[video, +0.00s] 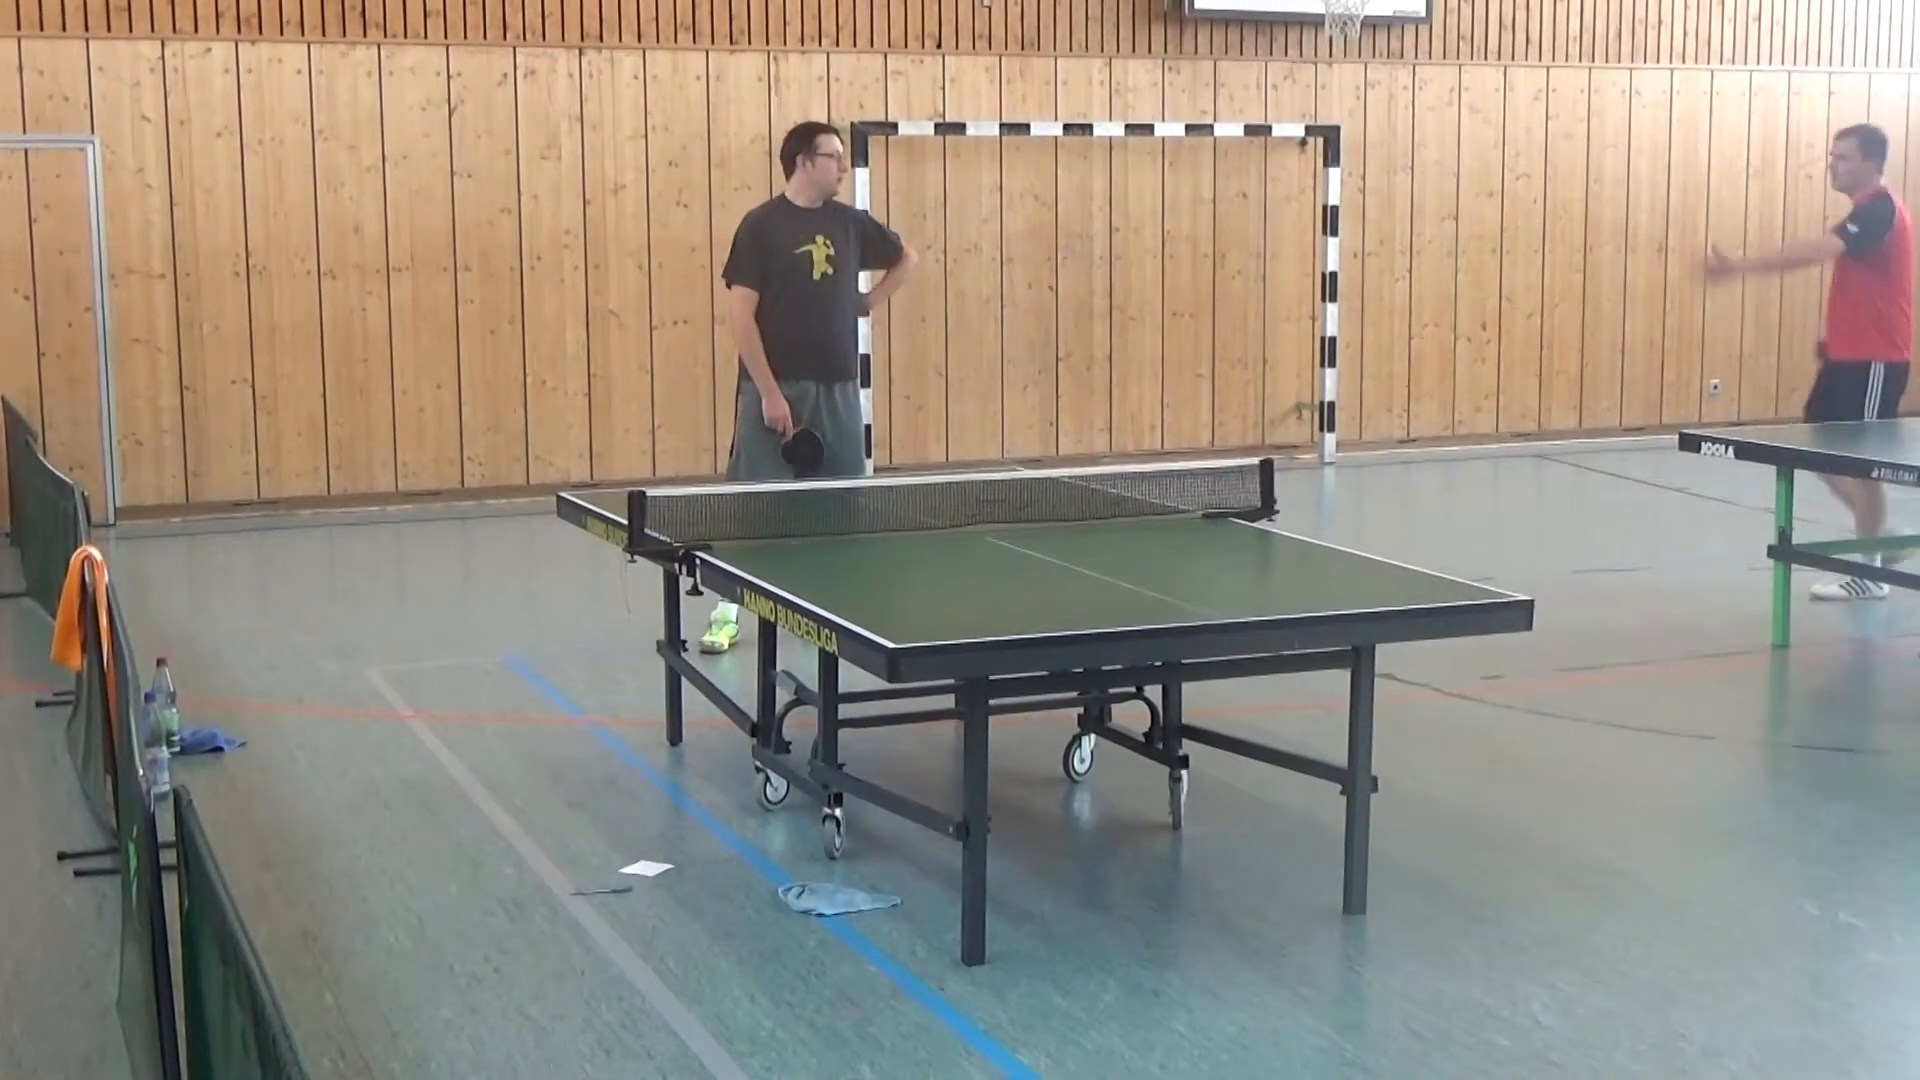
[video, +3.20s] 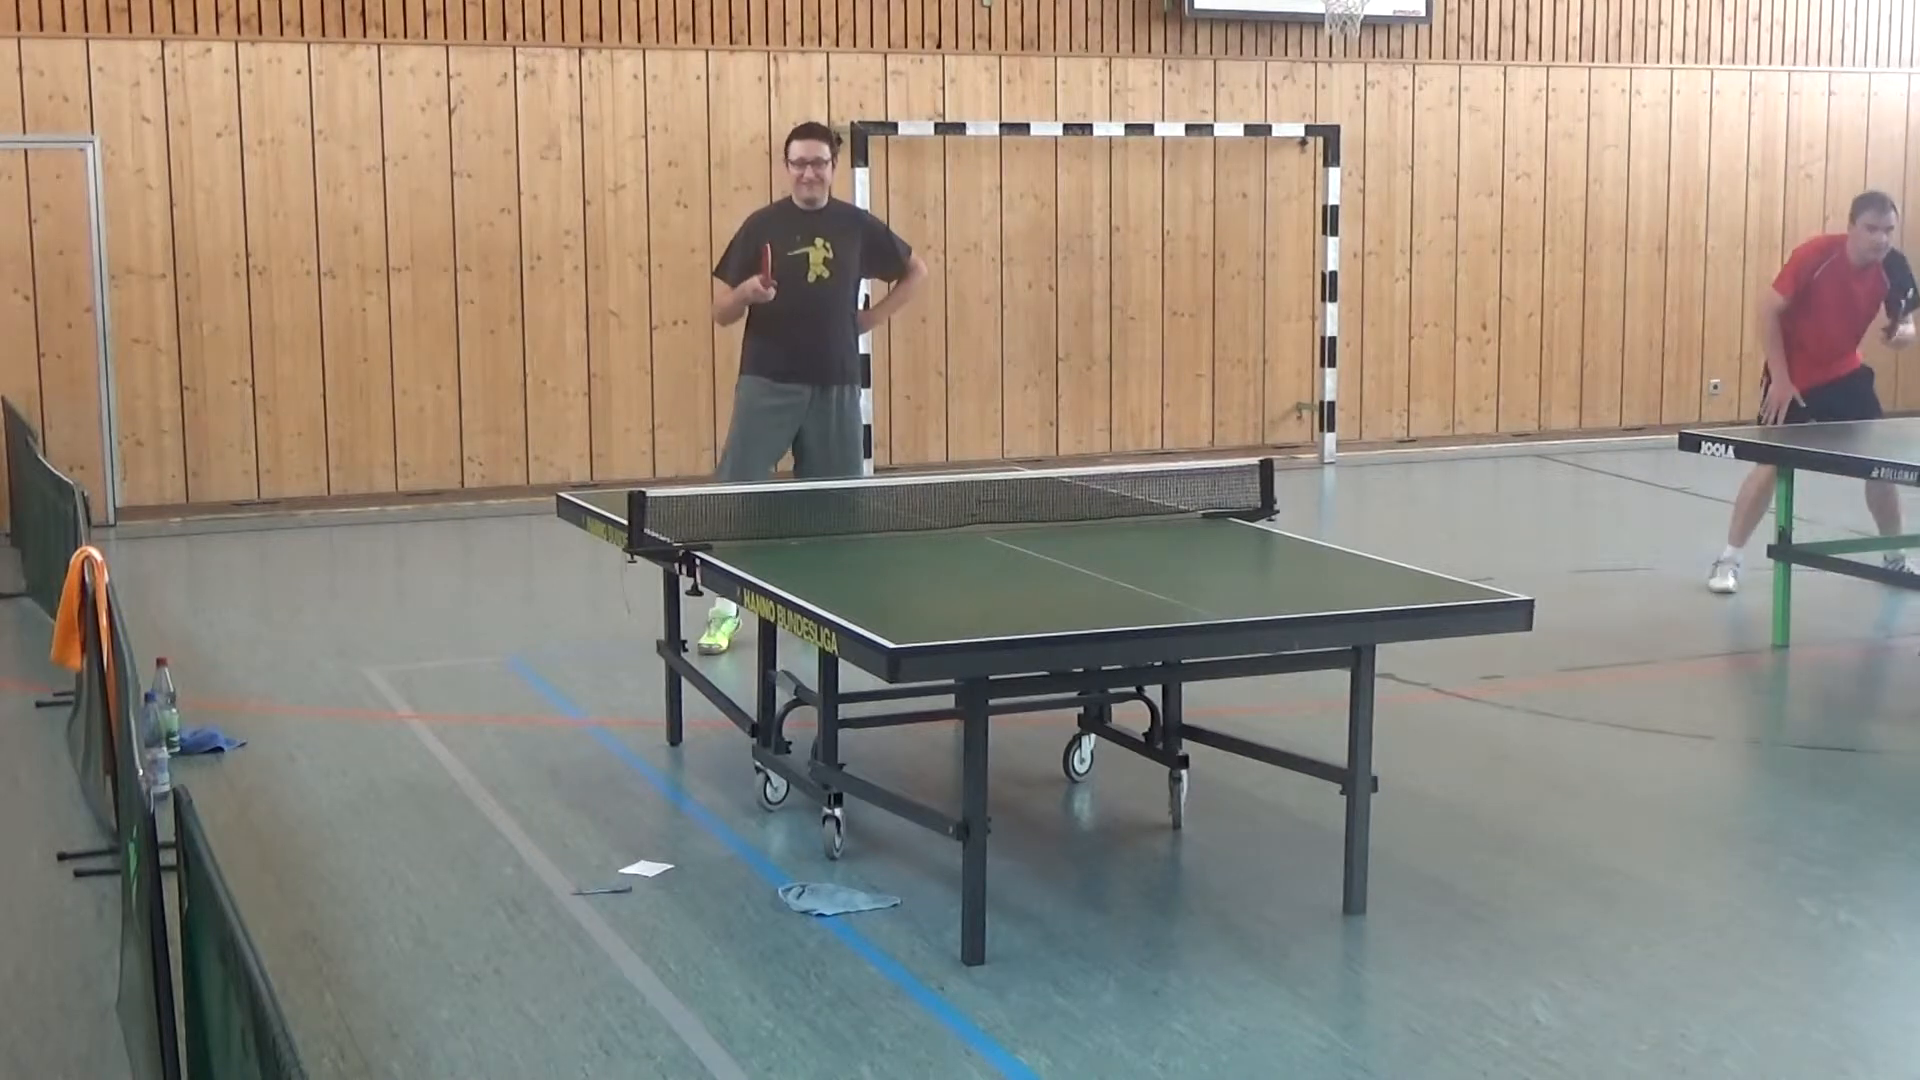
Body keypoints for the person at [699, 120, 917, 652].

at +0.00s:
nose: (843, 167)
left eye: (843, 158)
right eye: (833, 158)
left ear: (830, 166)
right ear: (801, 164)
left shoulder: (850, 222)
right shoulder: (759, 226)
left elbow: (905, 258)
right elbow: (739, 316)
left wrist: (870, 302)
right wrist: (769, 392)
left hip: (837, 389)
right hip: (771, 391)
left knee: (847, 508)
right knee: (751, 506)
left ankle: (845, 614)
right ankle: (728, 608)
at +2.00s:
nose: (813, 173)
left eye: (822, 164)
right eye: (804, 163)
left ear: (833, 168)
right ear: (786, 165)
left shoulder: (853, 225)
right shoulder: (756, 227)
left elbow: (903, 271)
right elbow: (731, 315)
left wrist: (866, 315)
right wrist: (749, 392)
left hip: (835, 391)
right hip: (768, 392)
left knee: (838, 510)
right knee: (744, 505)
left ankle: (837, 614)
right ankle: (728, 609)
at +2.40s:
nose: (809, 172)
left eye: (818, 163)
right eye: (800, 163)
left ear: (831, 166)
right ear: (784, 165)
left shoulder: (853, 224)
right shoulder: (754, 227)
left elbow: (903, 271)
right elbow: (720, 308)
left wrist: (867, 314)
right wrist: (760, 320)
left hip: (835, 388)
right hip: (768, 389)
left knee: (835, 506)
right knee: (748, 502)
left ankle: (833, 612)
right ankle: (729, 607)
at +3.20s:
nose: (809, 172)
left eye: (818, 163)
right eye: (800, 163)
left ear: (833, 166)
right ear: (786, 167)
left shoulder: (858, 225)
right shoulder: (760, 226)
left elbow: (918, 272)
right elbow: (720, 312)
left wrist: (875, 316)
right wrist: (744, 293)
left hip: (837, 389)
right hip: (767, 388)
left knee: (842, 509)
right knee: (735, 498)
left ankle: (843, 615)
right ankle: (727, 606)